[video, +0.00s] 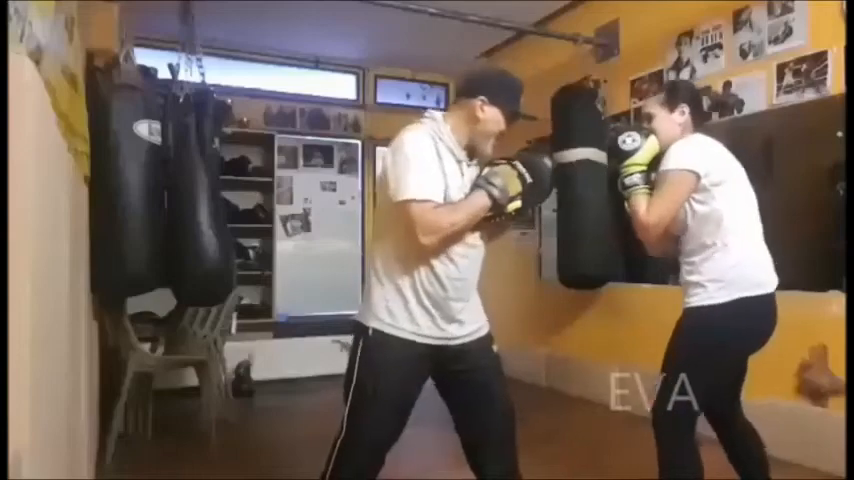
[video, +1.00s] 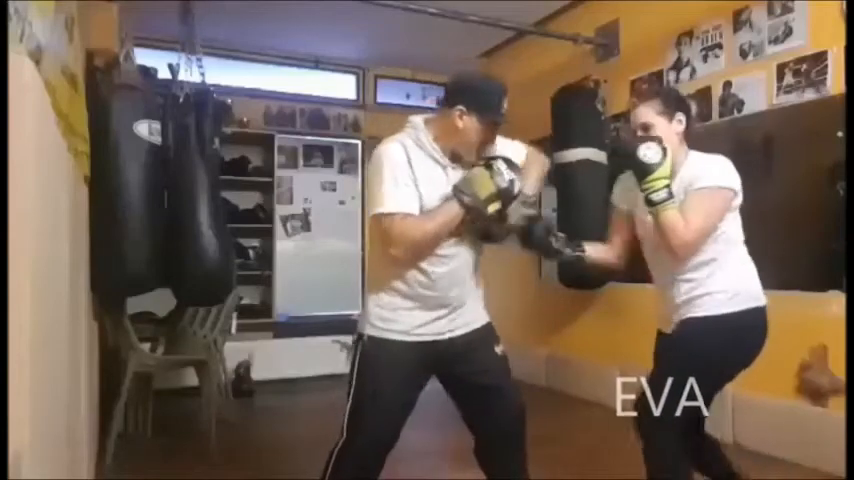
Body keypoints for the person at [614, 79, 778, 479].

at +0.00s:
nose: (644, 127)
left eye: (650, 116)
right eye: (643, 118)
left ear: (681, 115)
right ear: (684, 117)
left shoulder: (688, 151)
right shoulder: (712, 153)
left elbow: (651, 229)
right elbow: (660, 245)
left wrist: (635, 173)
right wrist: (636, 188)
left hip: (717, 309)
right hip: (747, 304)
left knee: (670, 418)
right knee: (723, 410)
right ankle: (758, 474)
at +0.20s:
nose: (634, 120)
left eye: (639, 110)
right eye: (633, 112)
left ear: (668, 109)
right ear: (670, 111)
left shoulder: (673, 149)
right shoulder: (698, 148)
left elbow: (637, 230)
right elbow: (647, 240)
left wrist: (619, 174)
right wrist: (621, 181)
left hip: (704, 304)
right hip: (736, 297)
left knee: (666, 416)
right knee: (710, 408)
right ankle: (754, 476)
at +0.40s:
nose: (634, 115)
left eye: (639, 105)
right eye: (633, 106)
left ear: (669, 105)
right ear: (670, 107)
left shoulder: (669, 148)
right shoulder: (699, 144)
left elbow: (637, 226)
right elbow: (654, 230)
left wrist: (619, 176)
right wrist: (621, 178)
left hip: (699, 303)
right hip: (735, 297)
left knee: (668, 419)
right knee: (710, 409)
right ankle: (754, 476)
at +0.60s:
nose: (644, 126)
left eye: (651, 115)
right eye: (642, 116)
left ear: (683, 114)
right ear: (681, 116)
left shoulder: (685, 158)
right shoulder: (711, 153)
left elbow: (652, 234)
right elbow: (670, 235)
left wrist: (635, 182)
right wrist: (639, 187)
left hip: (708, 310)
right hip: (742, 306)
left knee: (660, 416)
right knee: (720, 414)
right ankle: (758, 475)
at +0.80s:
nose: (641, 140)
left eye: (647, 128)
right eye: (638, 130)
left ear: (679, 127)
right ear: (675, 129)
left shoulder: (697, 169)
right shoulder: (679, 176)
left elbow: (662, 249)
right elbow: (664, 269)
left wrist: (641, 194)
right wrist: (638, 199)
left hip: (729, 321)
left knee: (654, 411)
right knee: (695, 417)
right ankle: (747, 475)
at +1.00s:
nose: (640, 137)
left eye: (648, 126)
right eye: (635, 129)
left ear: (679, 123)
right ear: (630, 133)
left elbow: (681, 246)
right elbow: (616, 256)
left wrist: (657, 187)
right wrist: (567, 245)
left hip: (727, 316)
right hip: (676, 322)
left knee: (657, 415)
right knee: (682, 428)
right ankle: (729, 475)